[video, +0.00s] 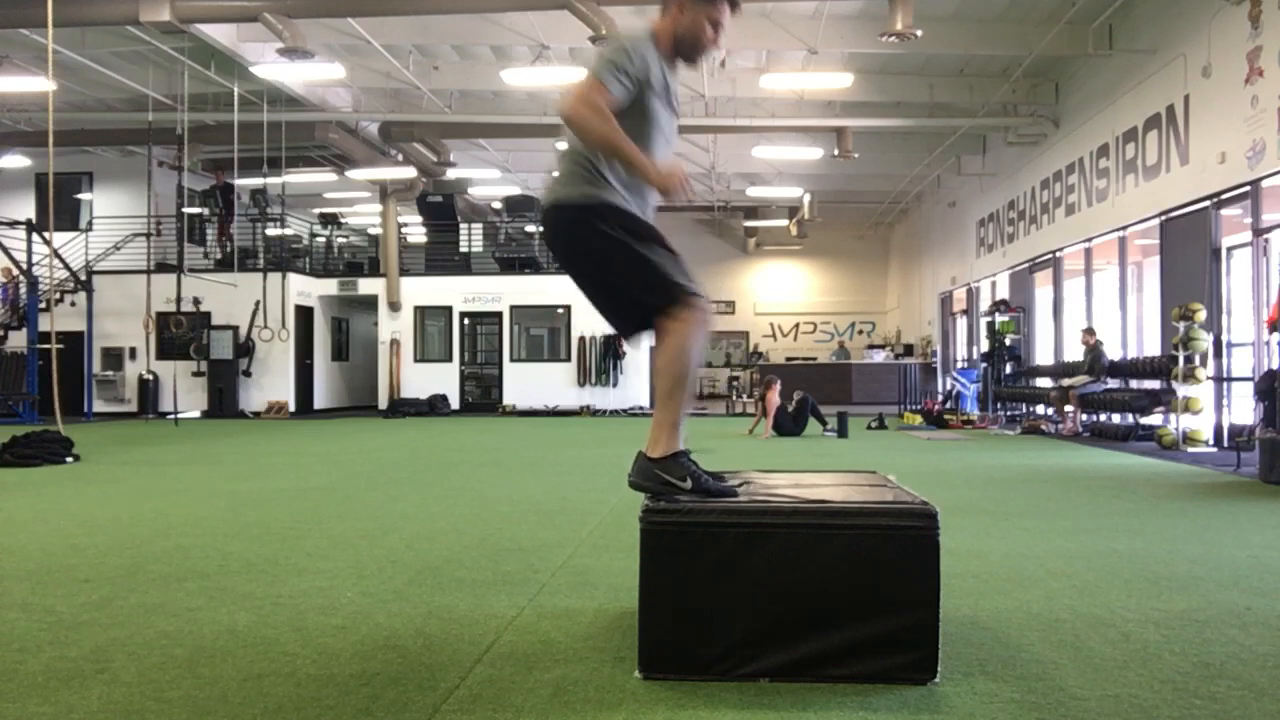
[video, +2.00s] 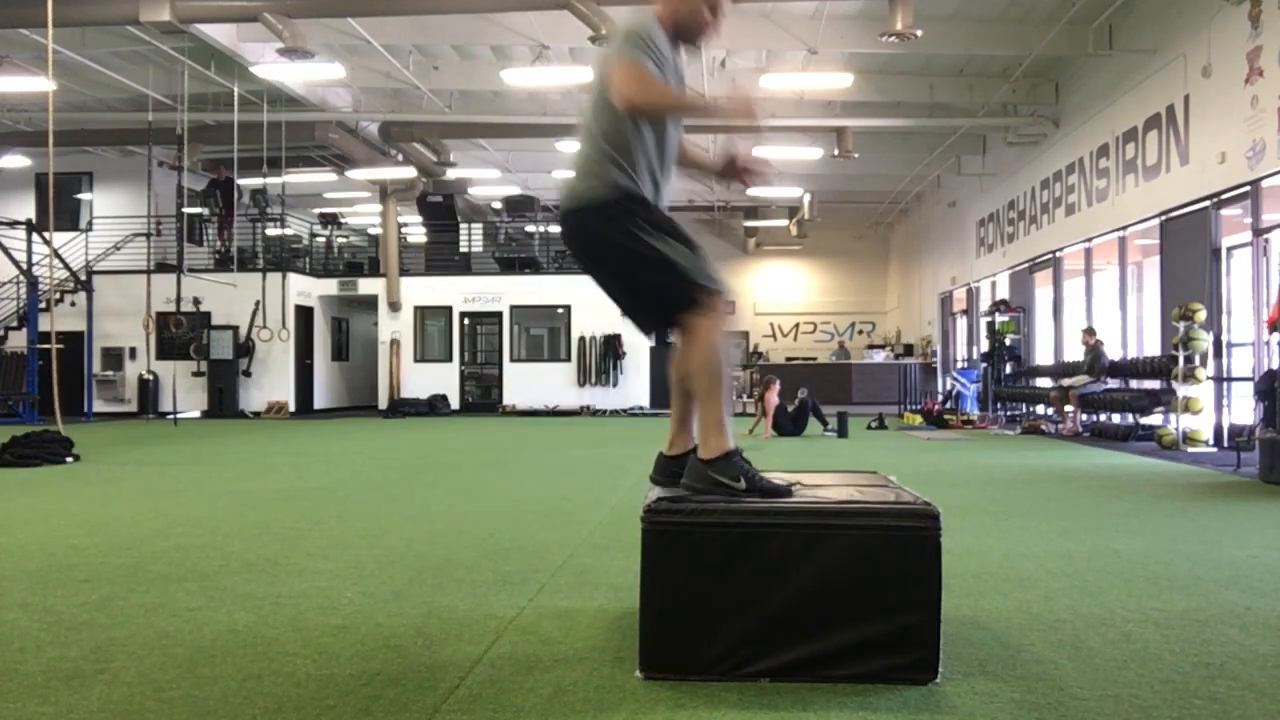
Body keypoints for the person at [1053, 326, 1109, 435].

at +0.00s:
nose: (1082, 339)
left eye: (1084, 337)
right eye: (1082, 336)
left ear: (1092, 338)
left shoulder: (1099, 353)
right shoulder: (1087, 351)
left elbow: (1096, 377)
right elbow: (1085, 372)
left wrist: (1074, 381)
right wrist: (1071, 380)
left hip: (1099, 382)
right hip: (1086, 380)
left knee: (1074, 393)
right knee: (1055, 395)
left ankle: (1076, 426)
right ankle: (1067, 425)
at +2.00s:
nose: (1082, 339)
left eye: (1085, 337)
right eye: (1082, 336)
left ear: (1092, 337)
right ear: (1087, 337)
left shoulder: (1099, 353)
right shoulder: (1088, 351)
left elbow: (1096, 376)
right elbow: (1085, 372)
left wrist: (1075, 381)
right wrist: (1072, 380)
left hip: (1099, 382)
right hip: (1086, 380)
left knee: (1073, 393)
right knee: (1054, 395)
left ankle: (1076, 426)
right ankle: (1066, 425)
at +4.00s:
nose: (1083, 340)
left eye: (1085, 337)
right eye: (1083, 337)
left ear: (1093, 338)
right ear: (1086, 338)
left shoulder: (1100, 353)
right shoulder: (1087, 351)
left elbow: (1095, 376)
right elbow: (1084, 371)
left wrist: (1072, 381)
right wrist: (1071, 380)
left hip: (1098, 382)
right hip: (1086, 379)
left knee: (1074, 393)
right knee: (1054, 395)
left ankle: (1076, 426)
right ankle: (1066, 424)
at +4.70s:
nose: (1083, 340)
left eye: (1085, 337)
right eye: (1083, 337)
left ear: (1093, 338)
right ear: (1085, 337)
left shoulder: (1100, 353)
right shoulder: (1087, 350)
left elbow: (1095, 376)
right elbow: (1084, 371)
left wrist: (1072, 381)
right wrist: (1070, 380)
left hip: (1098, 382)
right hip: (1085, 380)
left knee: (1073, 393)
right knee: (1055, 395)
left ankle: (1076, 426)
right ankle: (1066, 425)